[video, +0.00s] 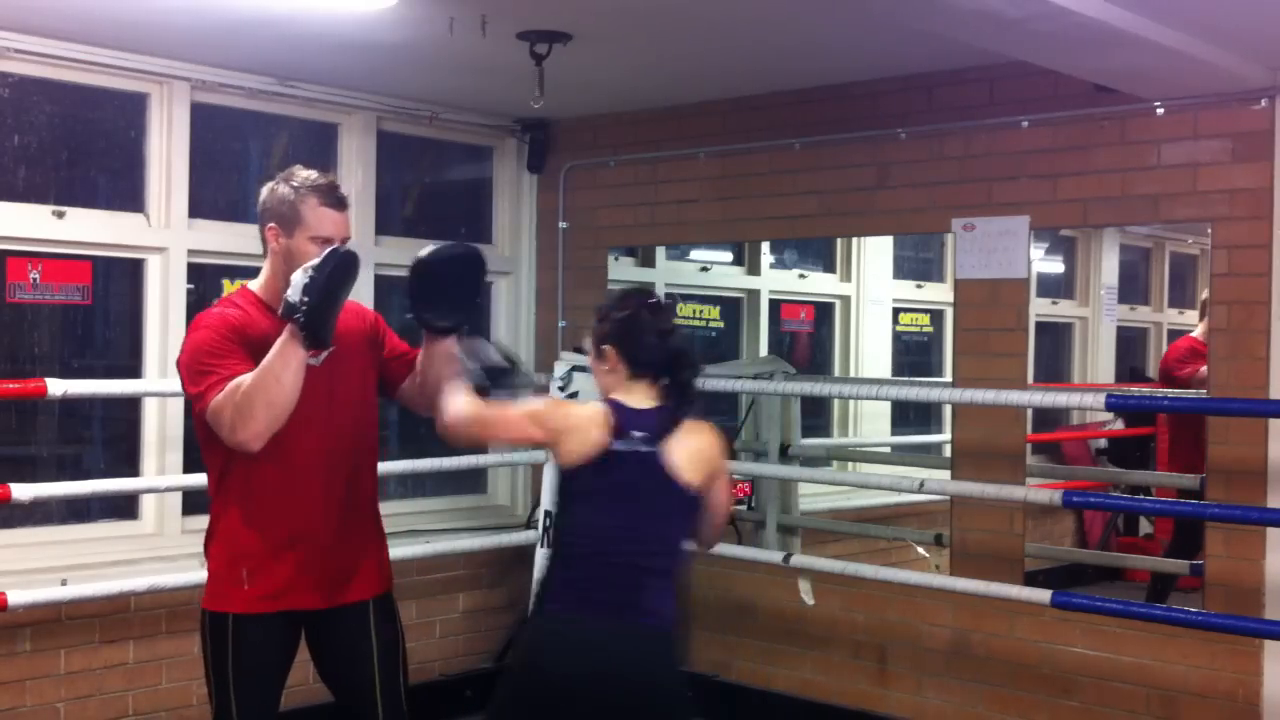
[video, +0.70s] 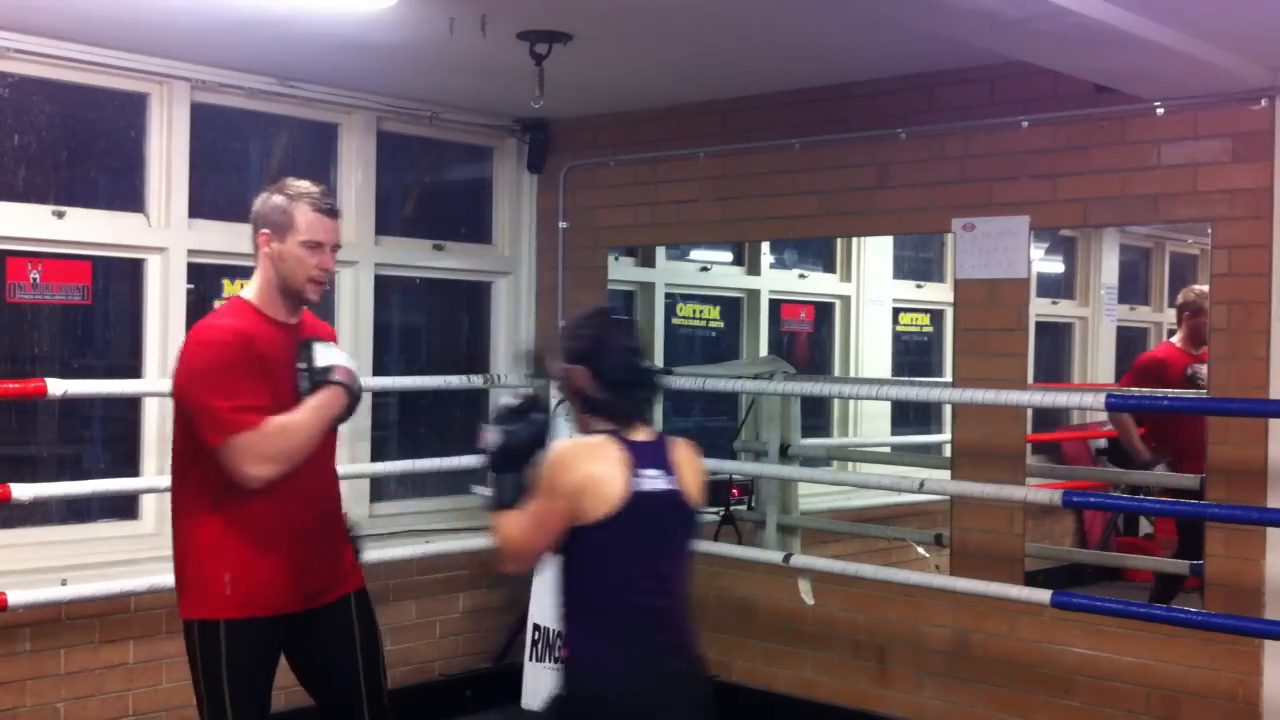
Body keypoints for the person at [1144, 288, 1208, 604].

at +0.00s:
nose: (1226, 323)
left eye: (1227, 316)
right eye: (1224, 316)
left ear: (1206, 313)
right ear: (1211, 315)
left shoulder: (1215, 351)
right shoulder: (1182, 351)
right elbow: (1210, 379)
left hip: (1213, 463)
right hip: (1191, 463)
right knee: (1186, 539)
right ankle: (1153, 607)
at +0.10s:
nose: (1221, 323)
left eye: (1222, 317)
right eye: (1219, 316)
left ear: (1206, 314)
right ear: (1205, 314)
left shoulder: (1207, 353)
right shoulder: (1177, 351)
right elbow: (1203, 376)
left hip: (1209, 464)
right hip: (1188, 466)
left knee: (1196, 539)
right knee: (1186, 541)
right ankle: (1153, 608)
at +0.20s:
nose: (1218, 322)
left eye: (1217, 316)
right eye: (1215, 316)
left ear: (1202, 315)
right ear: (1201, 314)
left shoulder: (1208, 353)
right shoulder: (1170, 351)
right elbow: (1188, 376)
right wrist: (1225, 353)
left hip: (1213, 462)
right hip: (1186, 463)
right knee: (1188, 540)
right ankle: (1154, 606)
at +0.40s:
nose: (1214, 320)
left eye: (1214, 313)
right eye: (1210, 313)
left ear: (1198, 314)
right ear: (1192, 312)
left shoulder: (1206, 353)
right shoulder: (1165, 352)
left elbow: (1213, 389)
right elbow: (1164, 394)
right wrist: (1205, 374)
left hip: (1207, 458)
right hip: (1181, 460)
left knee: (1203, 539)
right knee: (1189, 540)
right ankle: (1155, 605)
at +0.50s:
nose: (1213, 320)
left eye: (1213, 313)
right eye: (1208, 313)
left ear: (1194, 315)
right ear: (1188, 313)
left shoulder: (1204, 357)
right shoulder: (1164, 355)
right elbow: (1145, 406)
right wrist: (1196, 410)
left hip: (1205, 463)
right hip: (1179, 466)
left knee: (1199, 541)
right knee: (1188, 543)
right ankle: (1156, 607)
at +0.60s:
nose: (1213, 321)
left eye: (1213, 314)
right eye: (1208, 314)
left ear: (1197, 316)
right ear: (1188, 315)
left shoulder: (1207, 359)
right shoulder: (1161, 358)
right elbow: (1131, 408)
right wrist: (1175, 446)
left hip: (1210, 467)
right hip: (1180, 468)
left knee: (1207, 545)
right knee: (1188, 547)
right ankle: (1154, 613)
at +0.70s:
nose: (1212, 322)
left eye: (1212, 315)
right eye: (1206, 315)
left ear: (1210, 317)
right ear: (1187, 316)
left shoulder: (1214, 358)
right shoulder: (1158, 360)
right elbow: (1115, 405)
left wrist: (1214, 382)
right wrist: (1146, 459)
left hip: (1216, 470)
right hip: (1179, 472)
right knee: (1189, 548)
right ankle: (1154, 614)